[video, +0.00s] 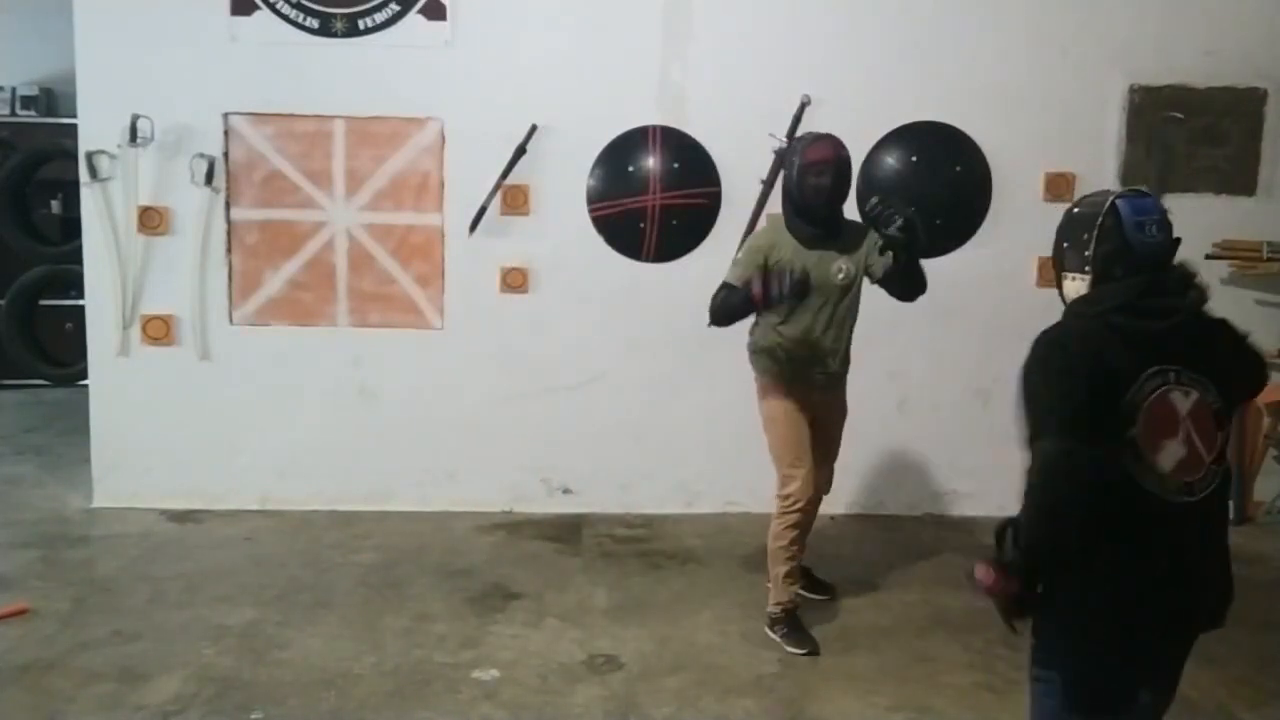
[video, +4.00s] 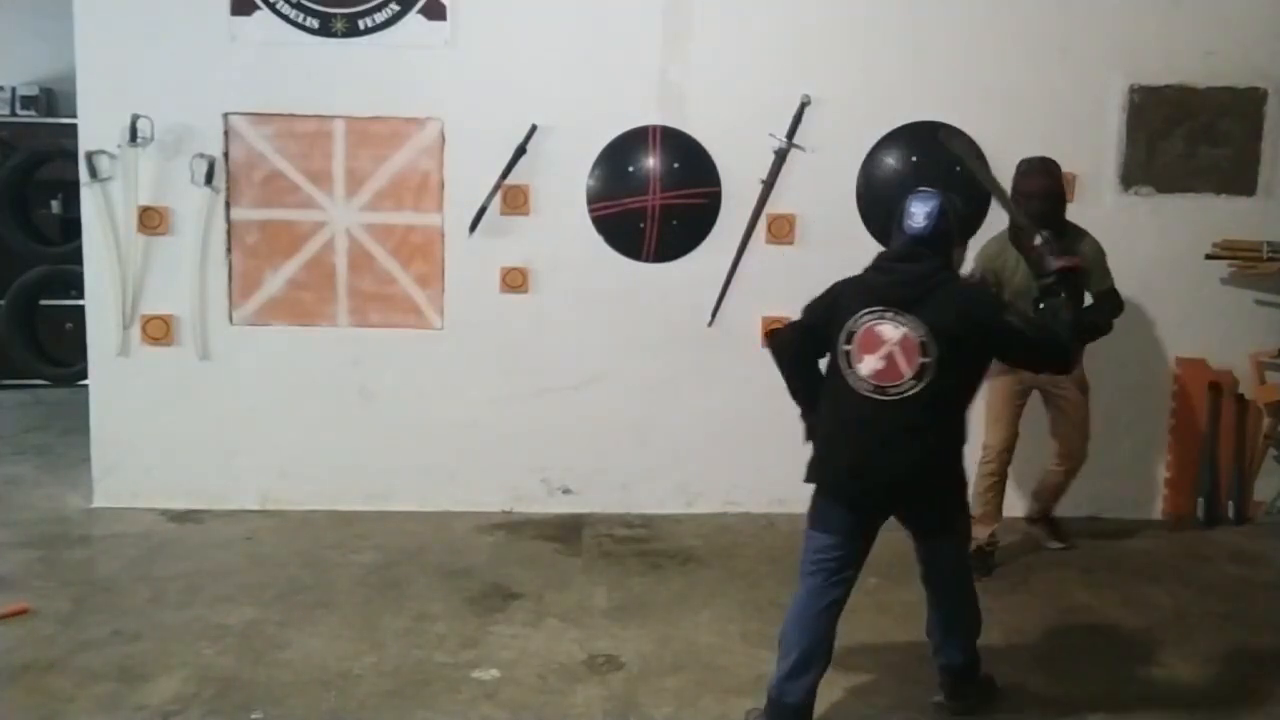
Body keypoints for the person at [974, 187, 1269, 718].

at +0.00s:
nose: (1062, 268)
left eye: (1068, 254)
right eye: (1066, 253)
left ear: (1091, 259)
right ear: (1158, 254)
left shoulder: (1066, 347)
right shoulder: (1213, 339)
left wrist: (1018, 565)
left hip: (1087, 591)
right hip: (1185, 588)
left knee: (1068, 703)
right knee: (1142, 703)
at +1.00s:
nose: (1012, 254)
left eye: (1018, 242)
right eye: (1015, 241)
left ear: (1035, 246)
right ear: (1092, 245)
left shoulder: (1020, 327)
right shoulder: (1129, 323)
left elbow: (989, 440)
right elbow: (1068, 402)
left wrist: (964, 510)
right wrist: (972, 395)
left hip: (1026, 542)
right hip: (1110, 539)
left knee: (972, 686)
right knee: (1060, 676)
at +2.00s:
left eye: (970, 236)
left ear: (970, 246)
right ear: (1040, 248)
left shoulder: (922, 316)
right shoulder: (1075, 325)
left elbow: (840, 372)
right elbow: (1170, 381)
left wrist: (806, 352)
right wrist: (1159, 311)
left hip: (934, 539)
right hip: (1023, 539)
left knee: (936, 676)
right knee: (1013, 669)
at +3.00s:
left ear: (875, 228)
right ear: (947, 232)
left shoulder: (845, 303)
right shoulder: (968, 307)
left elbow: (806, 383)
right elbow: (980, 369)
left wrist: (799, 449)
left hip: (854, 482)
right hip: (939, 483)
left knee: (821, 610)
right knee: (942, 591)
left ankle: (800, 709)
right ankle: (951, 695)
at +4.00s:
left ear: (892, 227)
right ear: (958, 237)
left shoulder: (851, 294)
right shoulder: (972, 305)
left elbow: (790, 346)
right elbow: (1055, 353)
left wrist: (817, 411)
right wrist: (1062, 284)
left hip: (846, 467)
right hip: (929, 473)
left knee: (819, 586)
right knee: (948, 577)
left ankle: (785, 706)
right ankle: (960, 680)